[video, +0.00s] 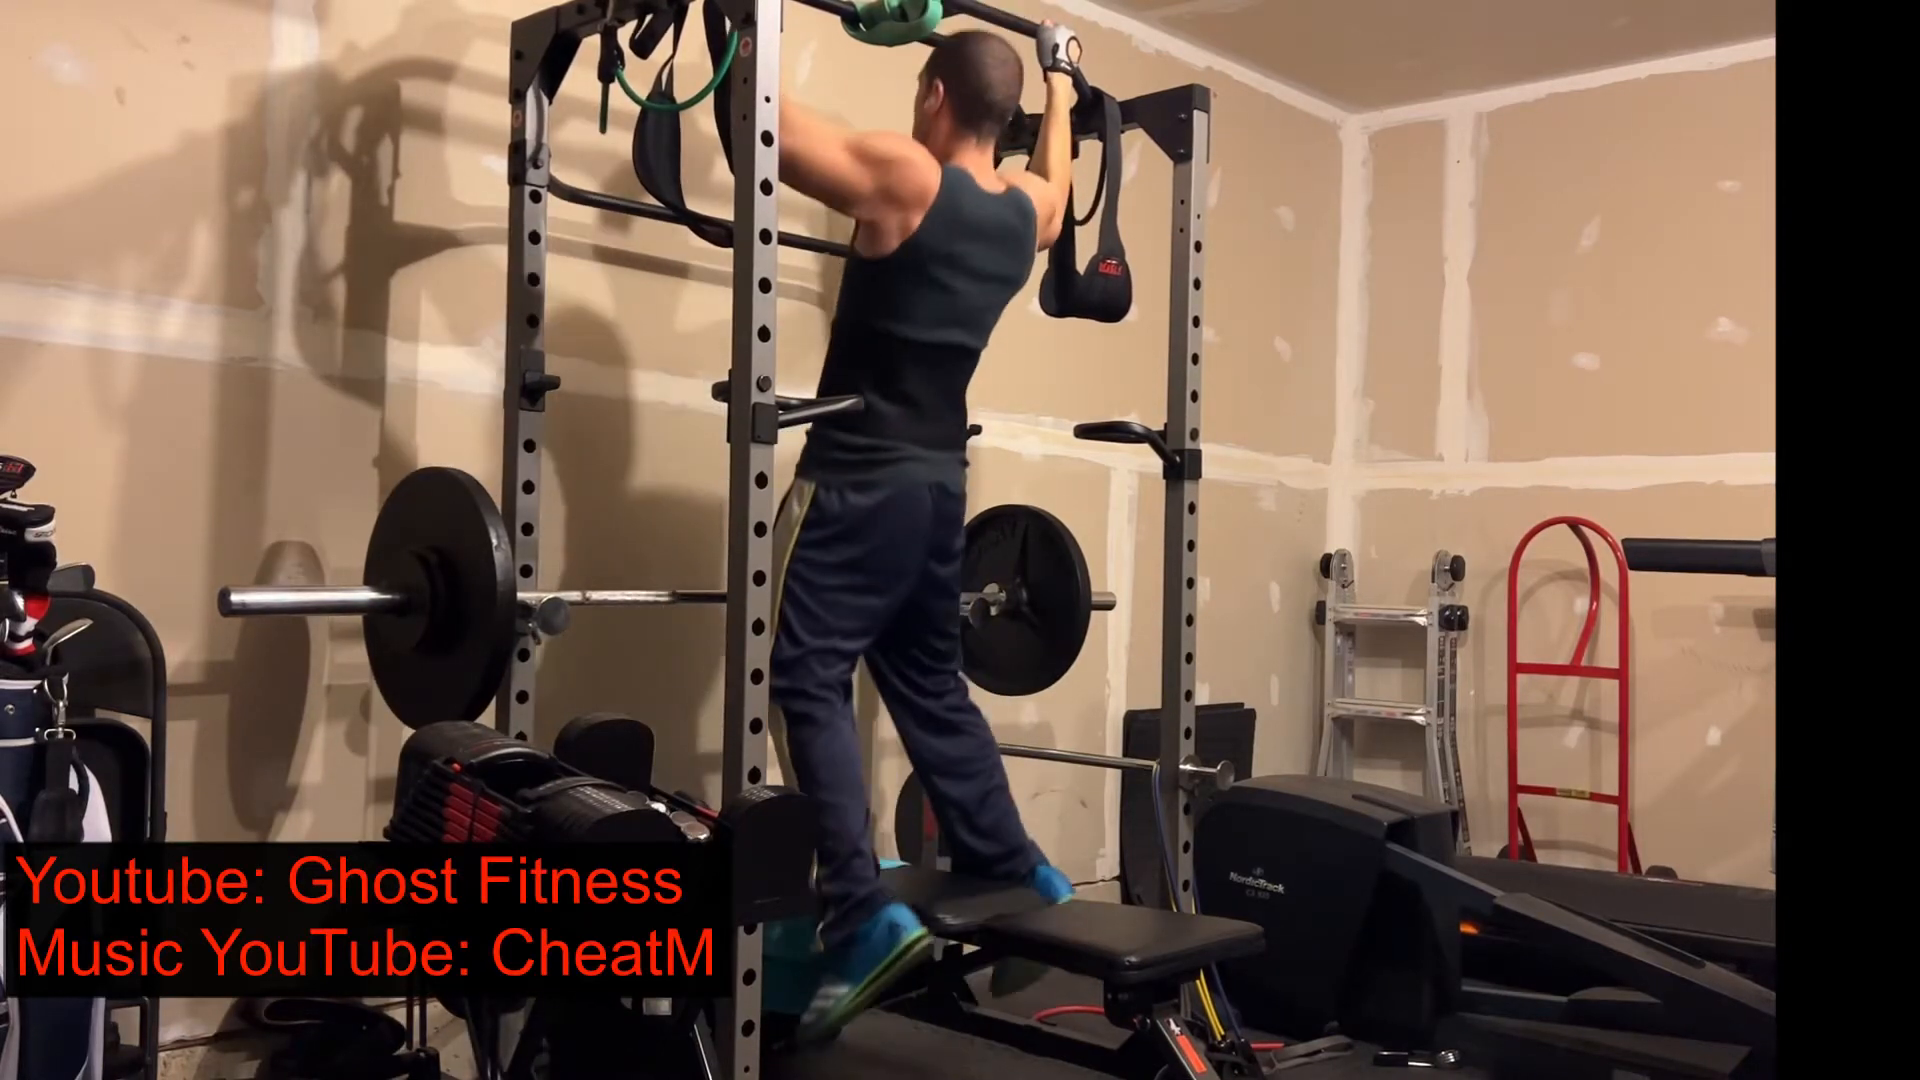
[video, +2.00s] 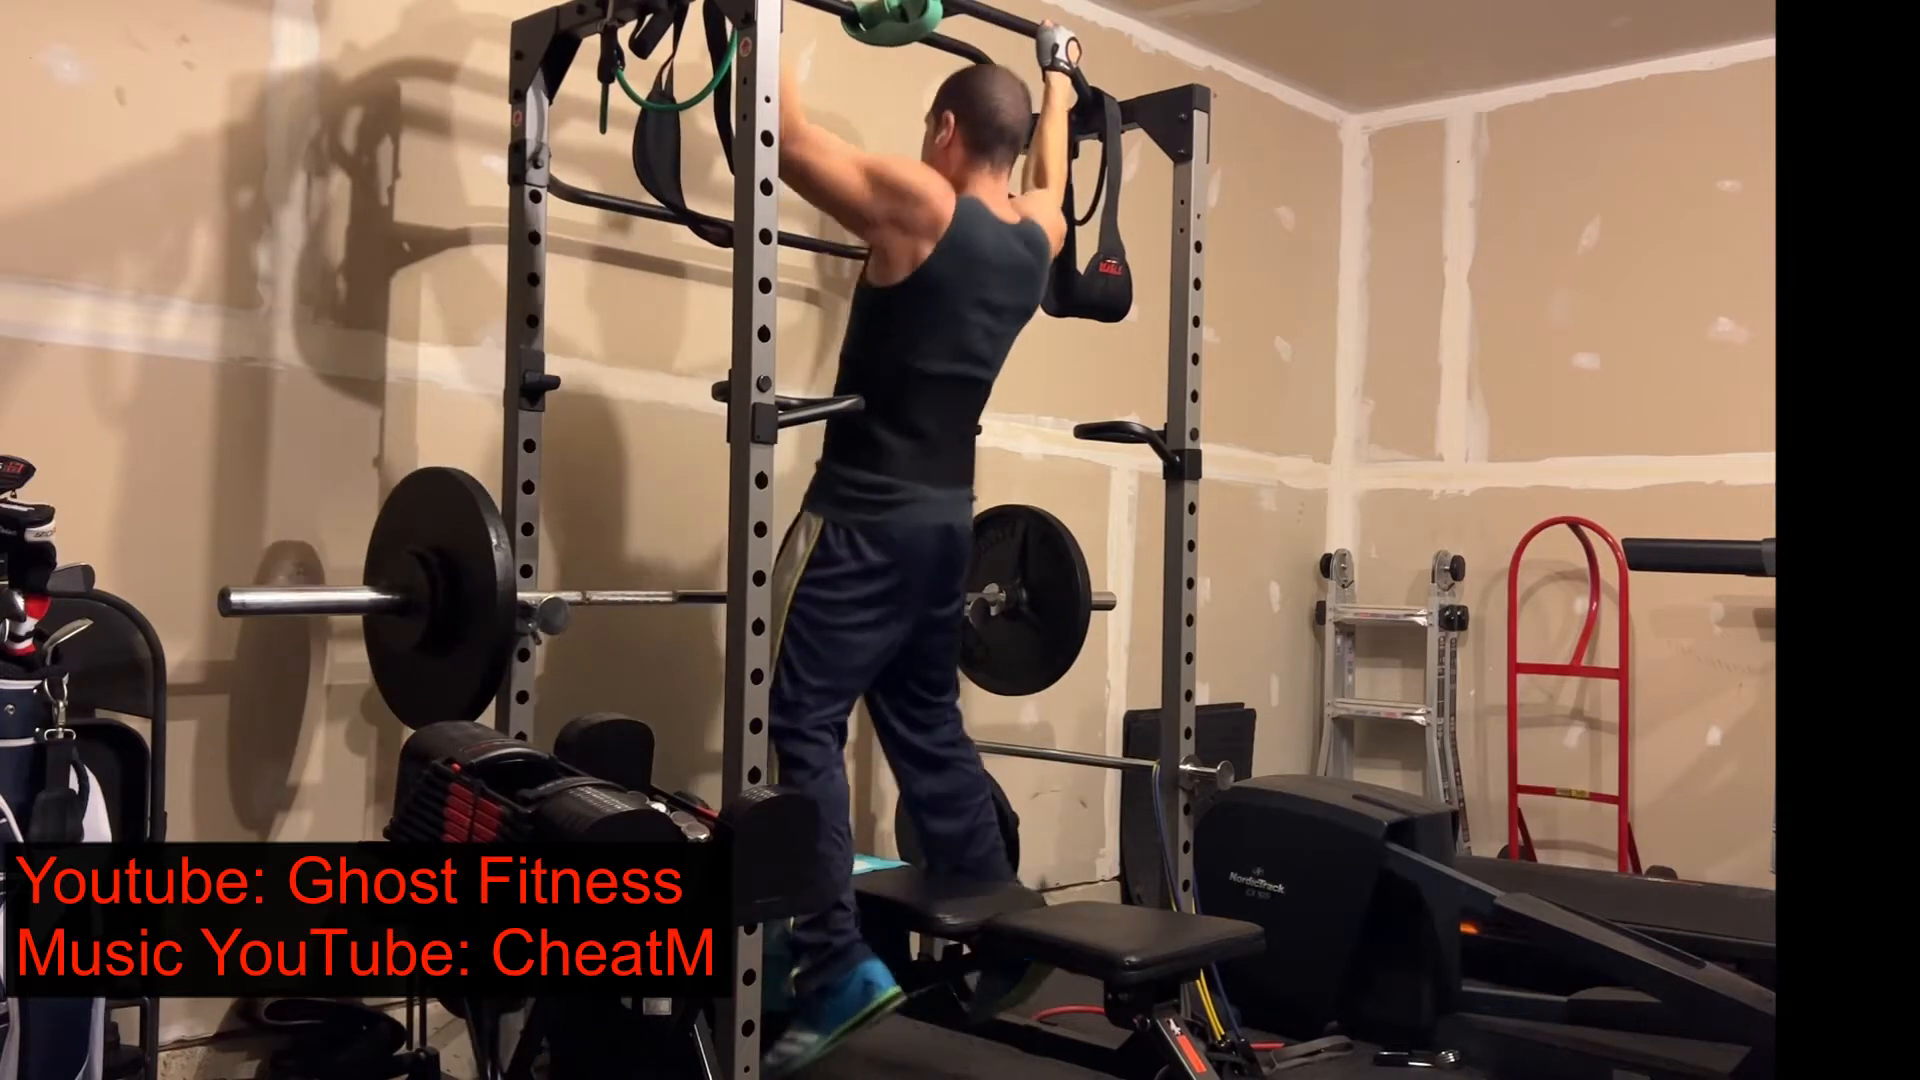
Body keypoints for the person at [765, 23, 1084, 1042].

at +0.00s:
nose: (914, 98)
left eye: (921, 84)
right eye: (923, 86)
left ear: (938, 98)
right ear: (1009, 118)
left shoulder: (902, 170)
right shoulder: (1024, 212)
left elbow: (767, 124)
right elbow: (1056, 185)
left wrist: (746, 30)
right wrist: (1061, 104)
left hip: (868, 480)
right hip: (938, 484)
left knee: (811, 681)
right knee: (931, 688)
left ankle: (862, 909)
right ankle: (1012, 871)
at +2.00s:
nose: (922, 136)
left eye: (929, 124)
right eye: (931, 125)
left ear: (948, 131)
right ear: (1011, 148)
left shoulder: (910, 199)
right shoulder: (1031, 243)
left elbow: (788, 138)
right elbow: (1051, 186)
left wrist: (770, 21)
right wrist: (1057, 107)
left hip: (868, 520)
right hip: (943, 524)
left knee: (804, 723)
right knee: (929, 731)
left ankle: (837, 962)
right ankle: (999, 936)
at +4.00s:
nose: (920, 17)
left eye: (927, 6)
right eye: (926, 7)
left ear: (947, 13)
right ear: (1013, 30)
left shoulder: (906, 86)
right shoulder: (1033, 130)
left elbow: (769, 117)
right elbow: (1056, 207)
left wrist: (748, 22)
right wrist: (1058, 95)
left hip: (861, 389)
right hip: (941, 400)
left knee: (799, 593)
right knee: (928, 608)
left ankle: (842, 820)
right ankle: (1002, 809)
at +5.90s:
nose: (903, 165)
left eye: (910, 152)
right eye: (913, 153)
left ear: (926, 163)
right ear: (997, 184)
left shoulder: (896, 235)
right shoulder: (1012, 271)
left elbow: (780, 139)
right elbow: (1043, 187)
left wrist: (765, 25)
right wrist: (1058, 103)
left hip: (852, 533)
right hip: (928, 539)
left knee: (791, 744)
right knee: (923, 753)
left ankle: (849, 969)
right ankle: (1005, 954)